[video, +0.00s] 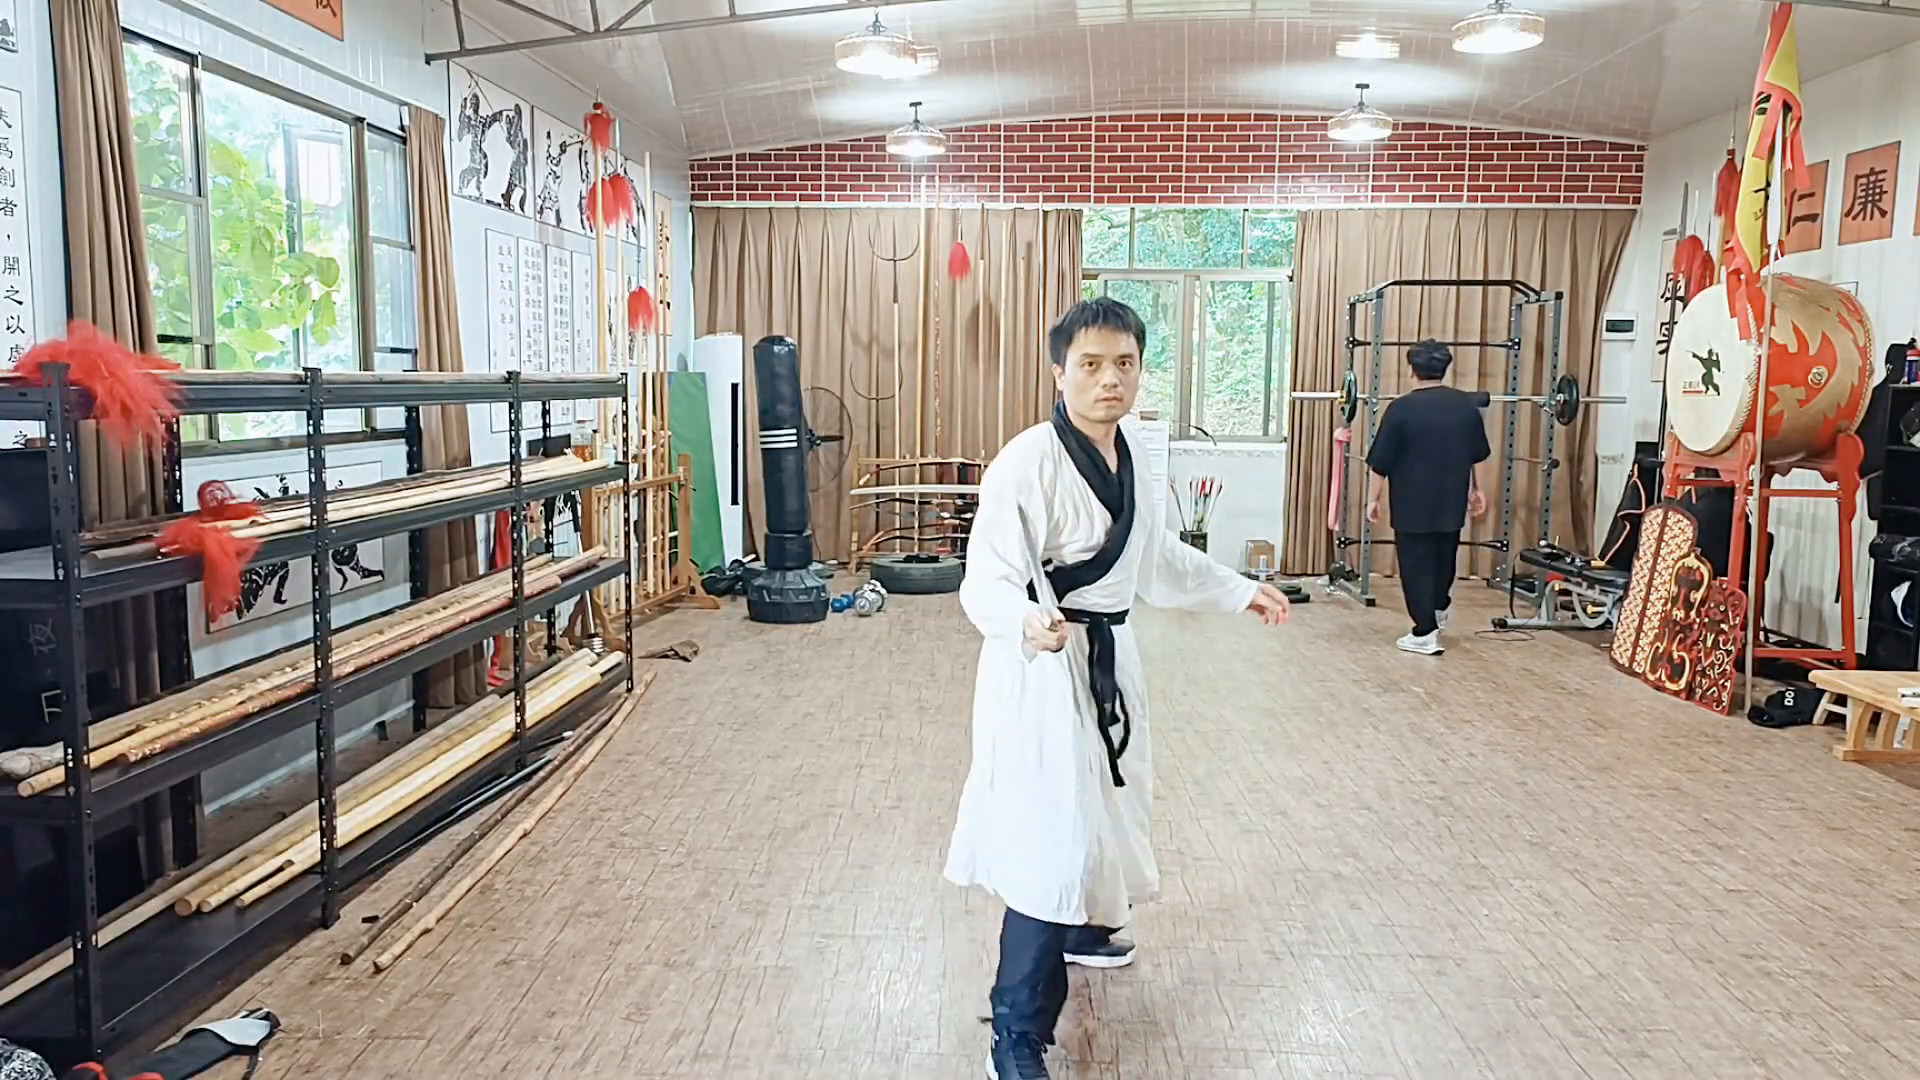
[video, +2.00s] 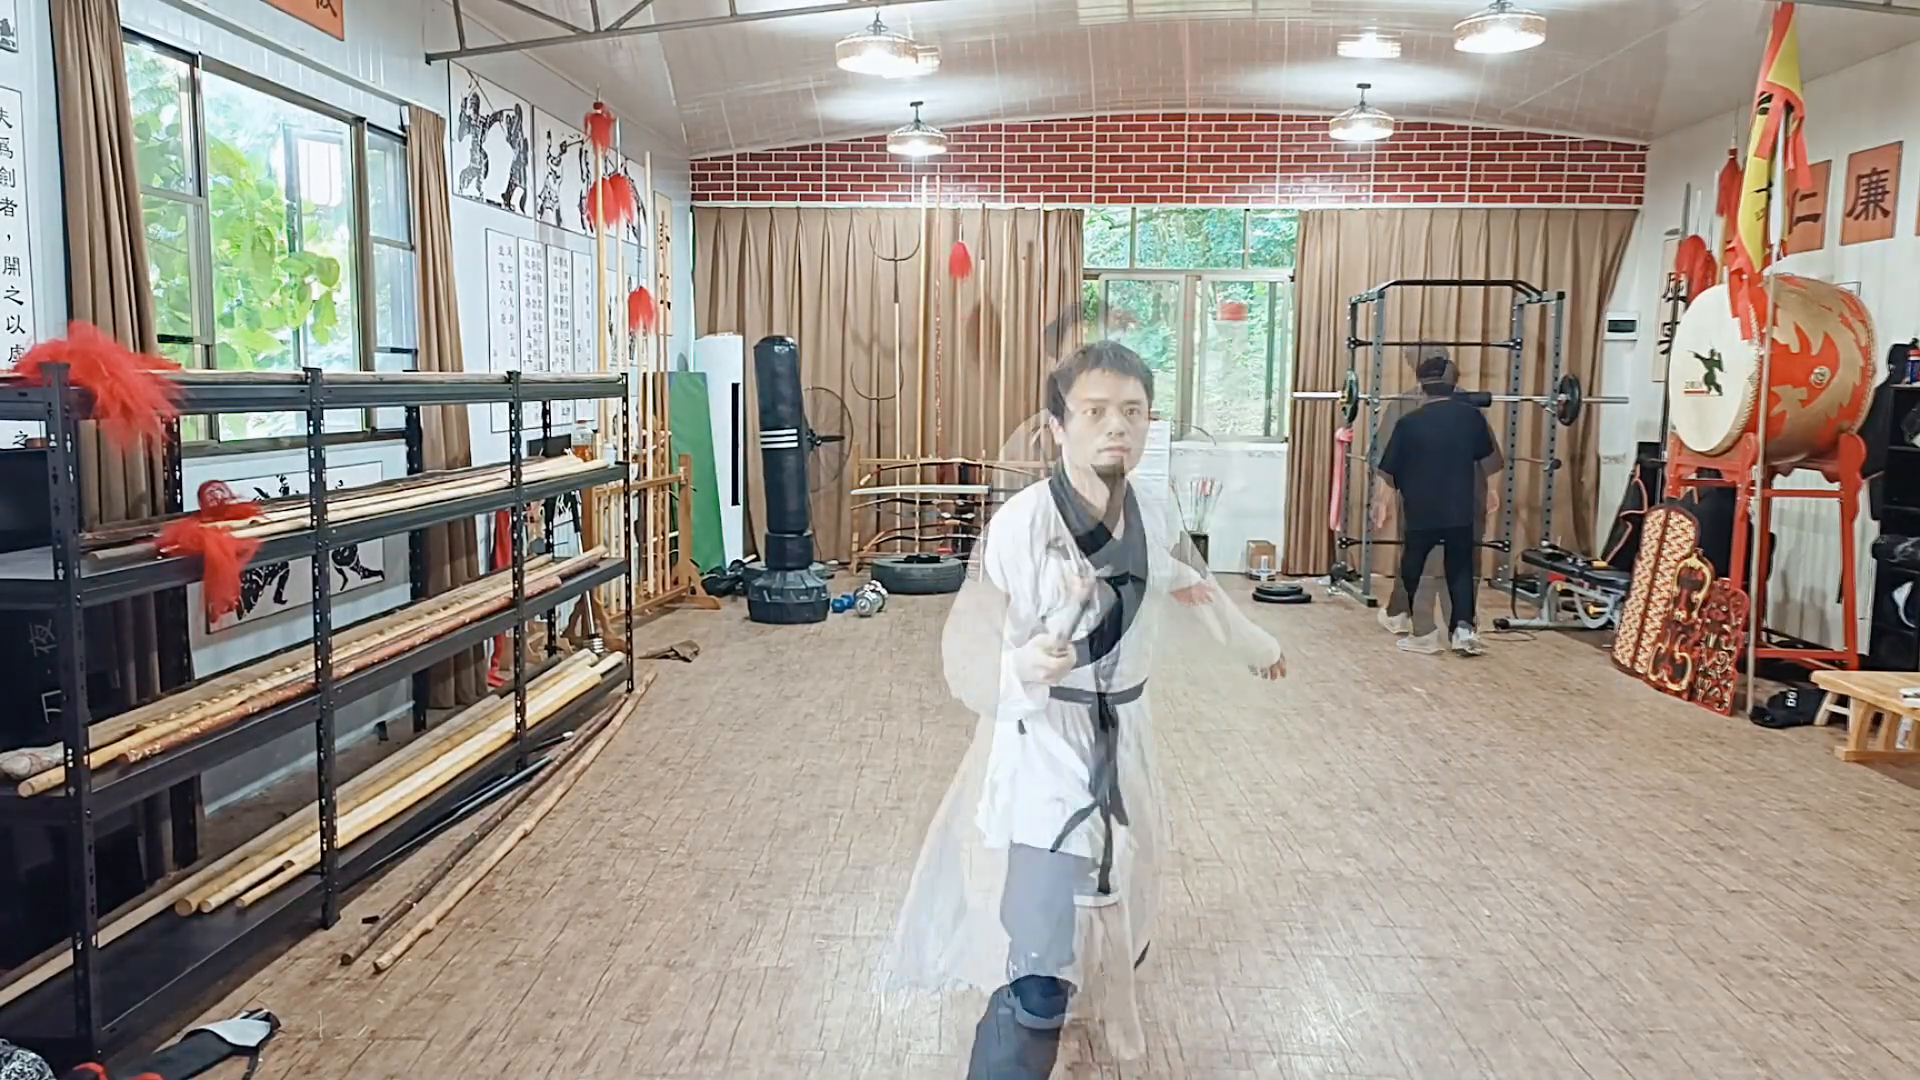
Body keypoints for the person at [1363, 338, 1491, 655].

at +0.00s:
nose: (1409, 370)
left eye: (1411, 366)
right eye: (1413, 366)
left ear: (1414, 371)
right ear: (1444, 370)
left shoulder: (1401, 407)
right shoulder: (1464, 404)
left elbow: (1380, 461)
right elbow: (1478, 453)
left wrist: (1374, 499)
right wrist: (1478, 487)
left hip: (1411, 507)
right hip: (1451, 504)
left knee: (1415, 568)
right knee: (1444, 557)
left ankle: (1425, 633)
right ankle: (1439, 609)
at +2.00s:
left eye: (1423, 383)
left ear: (1421, 387)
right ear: (1453, 384)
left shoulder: (1408, 423)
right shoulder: (1470, 416)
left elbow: (1388, 472)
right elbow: (1491, 462)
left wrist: (1381, 506)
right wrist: (1489, 490)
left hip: (1420, 513)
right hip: (1460, 512)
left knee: (1412, 563)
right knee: (1460, 569)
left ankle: (1405, 609)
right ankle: (1463, 629)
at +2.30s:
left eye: (1444, 368)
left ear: (1443, 371)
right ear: (1477, 372)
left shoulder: (1431, 407)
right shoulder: (1494, 406)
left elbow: (1412, 460)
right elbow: (1509, 456)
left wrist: (1406, 496)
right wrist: (1511, 492)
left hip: (1436, 504)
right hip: (1480, 505)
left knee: (1428, 560)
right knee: (1471, 570)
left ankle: (1421, 623)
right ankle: (1463, 637)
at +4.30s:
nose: (1426, 366)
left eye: (1428, 363)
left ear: (1430, 367)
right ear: (1463, 369)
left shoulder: (1412, 404)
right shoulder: (1478, 404)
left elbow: (1391, 455)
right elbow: (1494, 454)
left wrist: (1386, 491)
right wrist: (1497, 492)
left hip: (1421, 507)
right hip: (1465, 507)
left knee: (1423, 571)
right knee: (1473, 567)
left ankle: (1428, 635)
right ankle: (1485, 633)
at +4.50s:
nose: (1438, 368)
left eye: (1440, 364)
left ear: (1442, 368)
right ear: (1475, 369)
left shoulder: (1425, 404)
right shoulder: (1490, 405)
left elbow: (1402, 456)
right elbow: (1503, 456)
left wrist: (1394, 493)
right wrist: (1507, 494)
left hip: (1430, 508)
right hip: (1474, 508)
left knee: (1429, 571)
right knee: (1476, 570)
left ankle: (1429, 634)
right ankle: (1486, 635)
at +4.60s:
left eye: (1444, 367)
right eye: (1488, 369)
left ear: (1448, 370)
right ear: (1483, 372)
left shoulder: (1430, 404)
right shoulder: (1495, 404)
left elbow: (1409, 457)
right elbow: (1509, 456)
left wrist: (1400, 495)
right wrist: (1510, 493)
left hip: (1434, 506)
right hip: (1478, 507)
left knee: (1432, 572)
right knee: (1480, 570)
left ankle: (1429, 634)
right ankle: (1486, 636)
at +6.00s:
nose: (1448, 372)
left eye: (1450, 368)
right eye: (1452, 367)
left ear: (1454, 371)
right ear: (1485, 372)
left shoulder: (1438, 405)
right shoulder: (1502, 407)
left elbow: (1416, 455)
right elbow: (1514, 457)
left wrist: (1408, 490)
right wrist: (1513, 494)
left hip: (1440, 504)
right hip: (1484, 506)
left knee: (1432, 568)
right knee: (1485, 571)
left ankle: (1422, 626)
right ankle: (1487, 636)